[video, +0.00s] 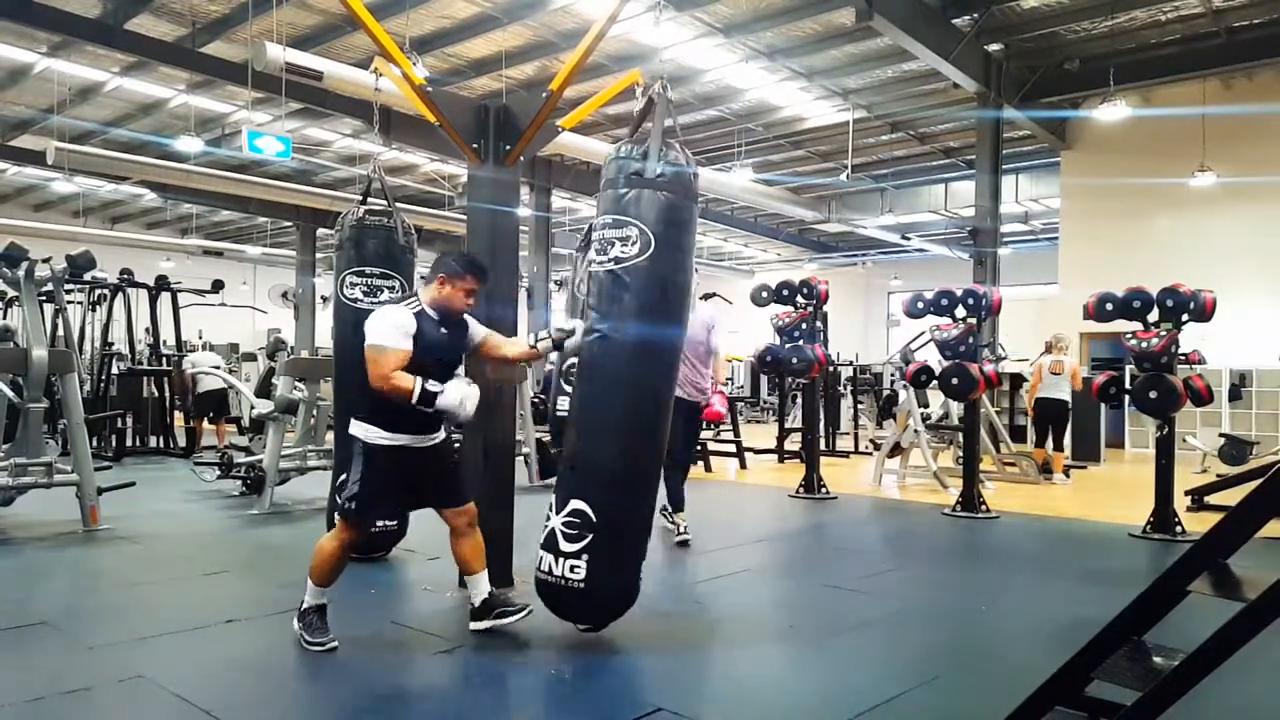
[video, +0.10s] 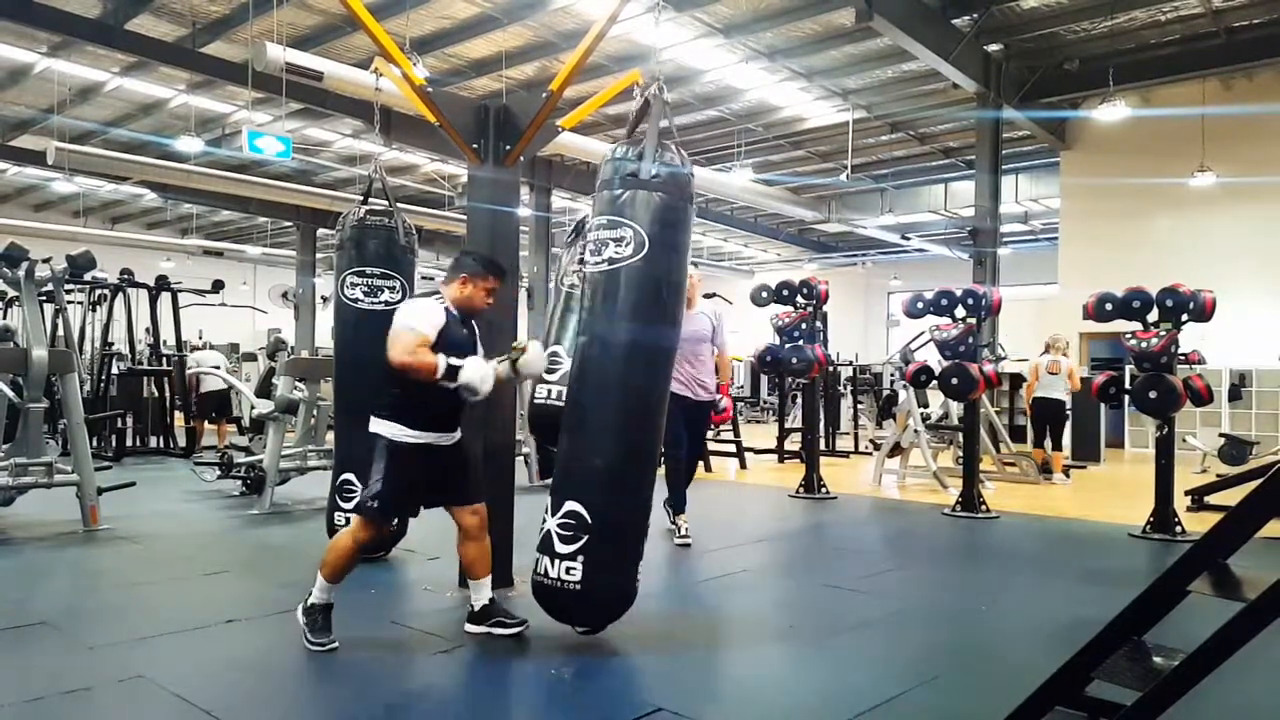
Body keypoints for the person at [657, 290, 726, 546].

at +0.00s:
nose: (687, 285)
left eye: (690, 279)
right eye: (684, 280)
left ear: (696, 283)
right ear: (677, 285)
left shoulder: (709, 314)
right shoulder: (667, 311)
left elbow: (716, 350)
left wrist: (718, 382)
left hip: (698, 394)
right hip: (672, 393)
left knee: (686, 455)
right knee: (673, 456)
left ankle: (672, 506)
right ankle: (678, 515)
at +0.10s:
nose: (688, 284)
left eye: (692, 279)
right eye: (685, 279)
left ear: (699, 284)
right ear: (679, 284)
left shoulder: (712, 315)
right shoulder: (670, 313)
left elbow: (722, 354)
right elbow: (658, 351)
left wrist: (724, 390)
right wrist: (654, 388)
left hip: (703, 395)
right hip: (673, 393)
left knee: (693, 457)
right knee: (676, 454)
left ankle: (673, 501)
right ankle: (680, 515)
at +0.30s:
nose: (697, 278)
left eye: (702, 273)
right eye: (693, 273)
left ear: (710, 277)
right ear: (684, 276)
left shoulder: (722, 307)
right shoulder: (673, 307)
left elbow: (734, 345)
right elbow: (658, 345)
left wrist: (740, 380)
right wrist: (656, 385)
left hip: (715, 391)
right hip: (680, 390)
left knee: (726, 453)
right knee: (680, 457)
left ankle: (695, 493)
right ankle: (681, 520)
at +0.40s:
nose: (708, 276)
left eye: (713, 271)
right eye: (703, 271)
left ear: (718, 276)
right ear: (693, 275)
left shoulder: (725, 307)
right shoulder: (681, 306)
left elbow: (735, 346)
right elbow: (667, 348)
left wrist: (743, 381)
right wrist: (669, 385)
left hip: (722, 392)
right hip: (687, 392)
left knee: (736, 453)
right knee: (683, 458)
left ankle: (711, 510)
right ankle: (682, 520)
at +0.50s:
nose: (721, 275)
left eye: (725, 270)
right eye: (716, 270)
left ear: (727, 276)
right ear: (702, 274)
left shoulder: (730, 314)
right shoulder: (690, 309)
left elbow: (736, 351)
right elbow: (674, 349)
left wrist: (744, 384)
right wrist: (681, 379)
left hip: (729, 395)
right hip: (695, 396)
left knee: (739, 456)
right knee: (686, 459)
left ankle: (738, 525)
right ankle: (682, 521)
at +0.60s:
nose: (739, 275)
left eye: (741, 271)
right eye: (733, 270)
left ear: (743, 277)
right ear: (718, 274)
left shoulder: (743, 311)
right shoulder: (705, 304)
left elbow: (743, 356)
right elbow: (693, 340)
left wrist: (751, 390)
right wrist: (707, 360)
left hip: (737, 399)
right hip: (703, 396)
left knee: (742, 462)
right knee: (692, 463)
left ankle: (753, 530)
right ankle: (683, 521)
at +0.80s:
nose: (777, 272)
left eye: (777, 267)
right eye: (771, 266)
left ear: (768, 273)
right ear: (752, 269)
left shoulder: (772, 312)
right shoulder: (733, 303)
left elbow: (779, 356)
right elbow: (717, 344)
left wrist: (788, 392)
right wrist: (736, 371)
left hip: (766, 400)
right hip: (735, 399)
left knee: (759, 467)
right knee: (728, 464)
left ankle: (754, 536)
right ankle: (689, 509)